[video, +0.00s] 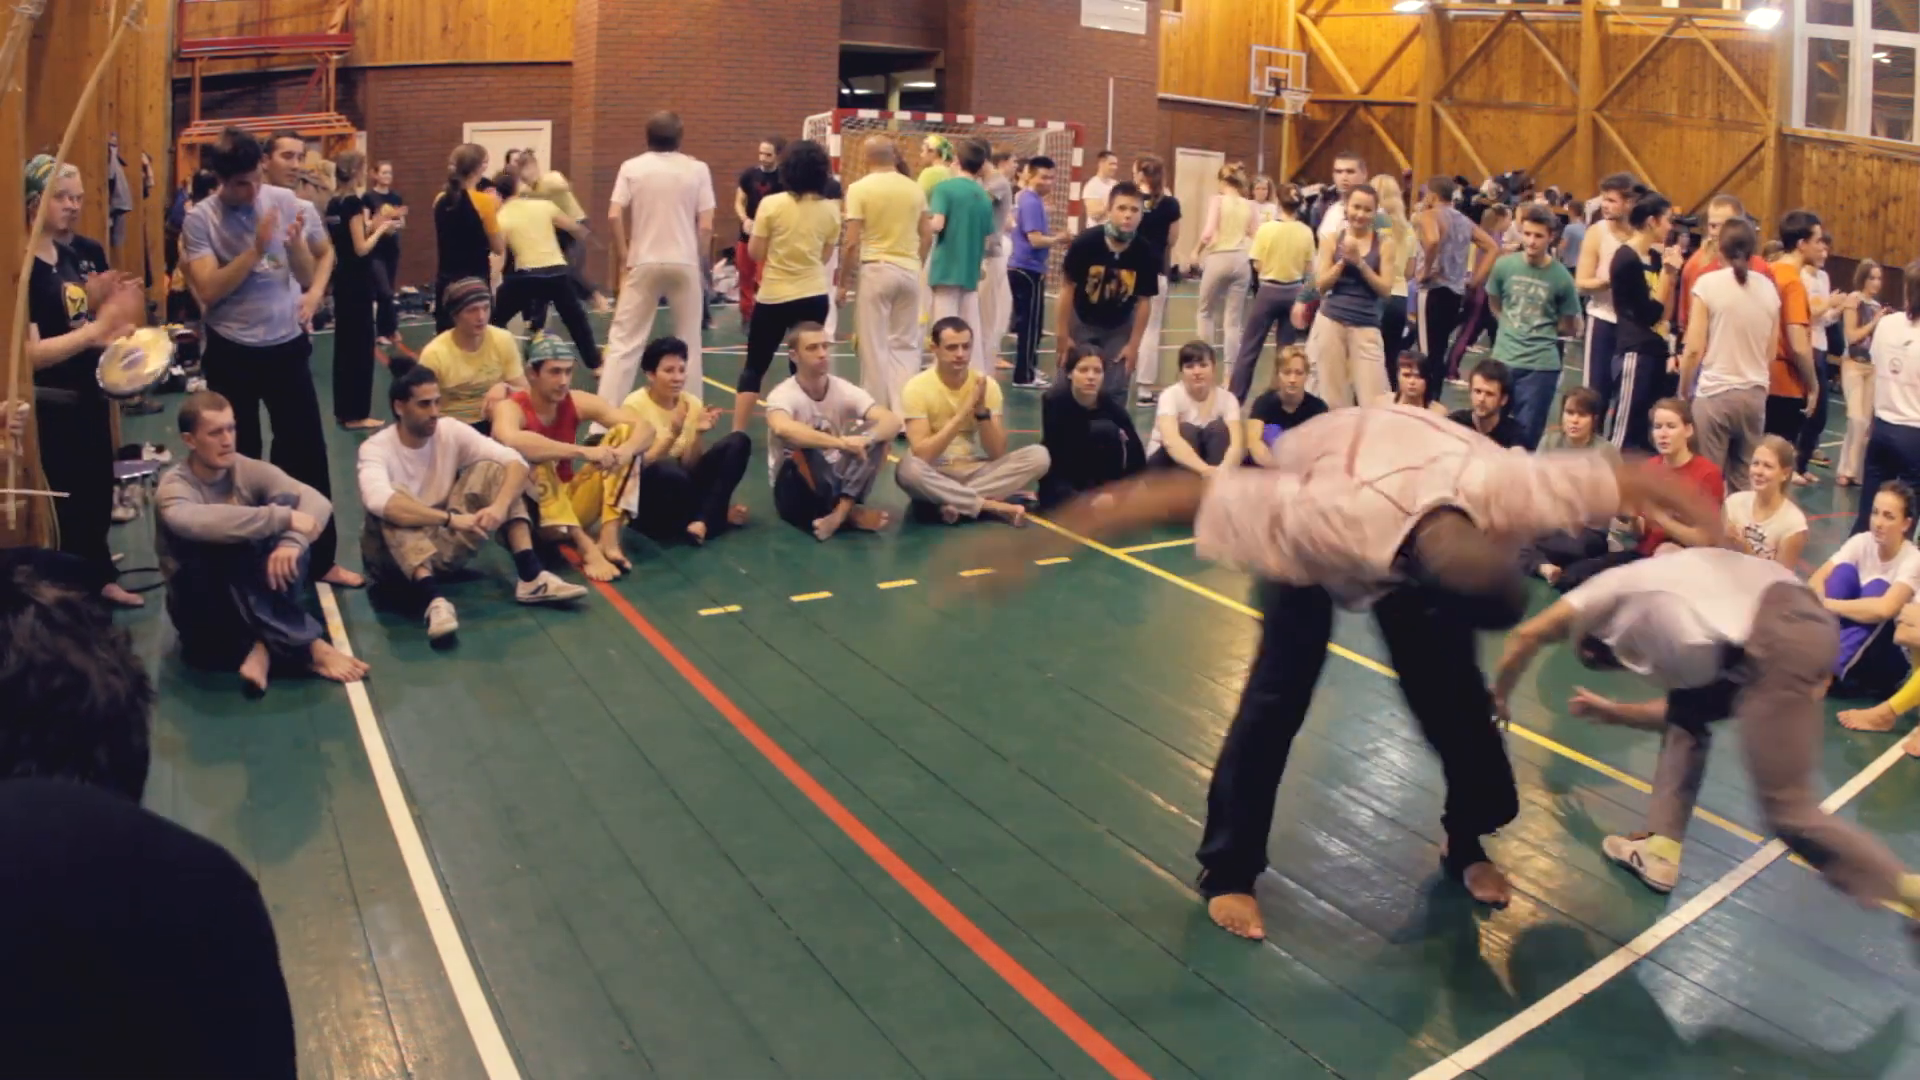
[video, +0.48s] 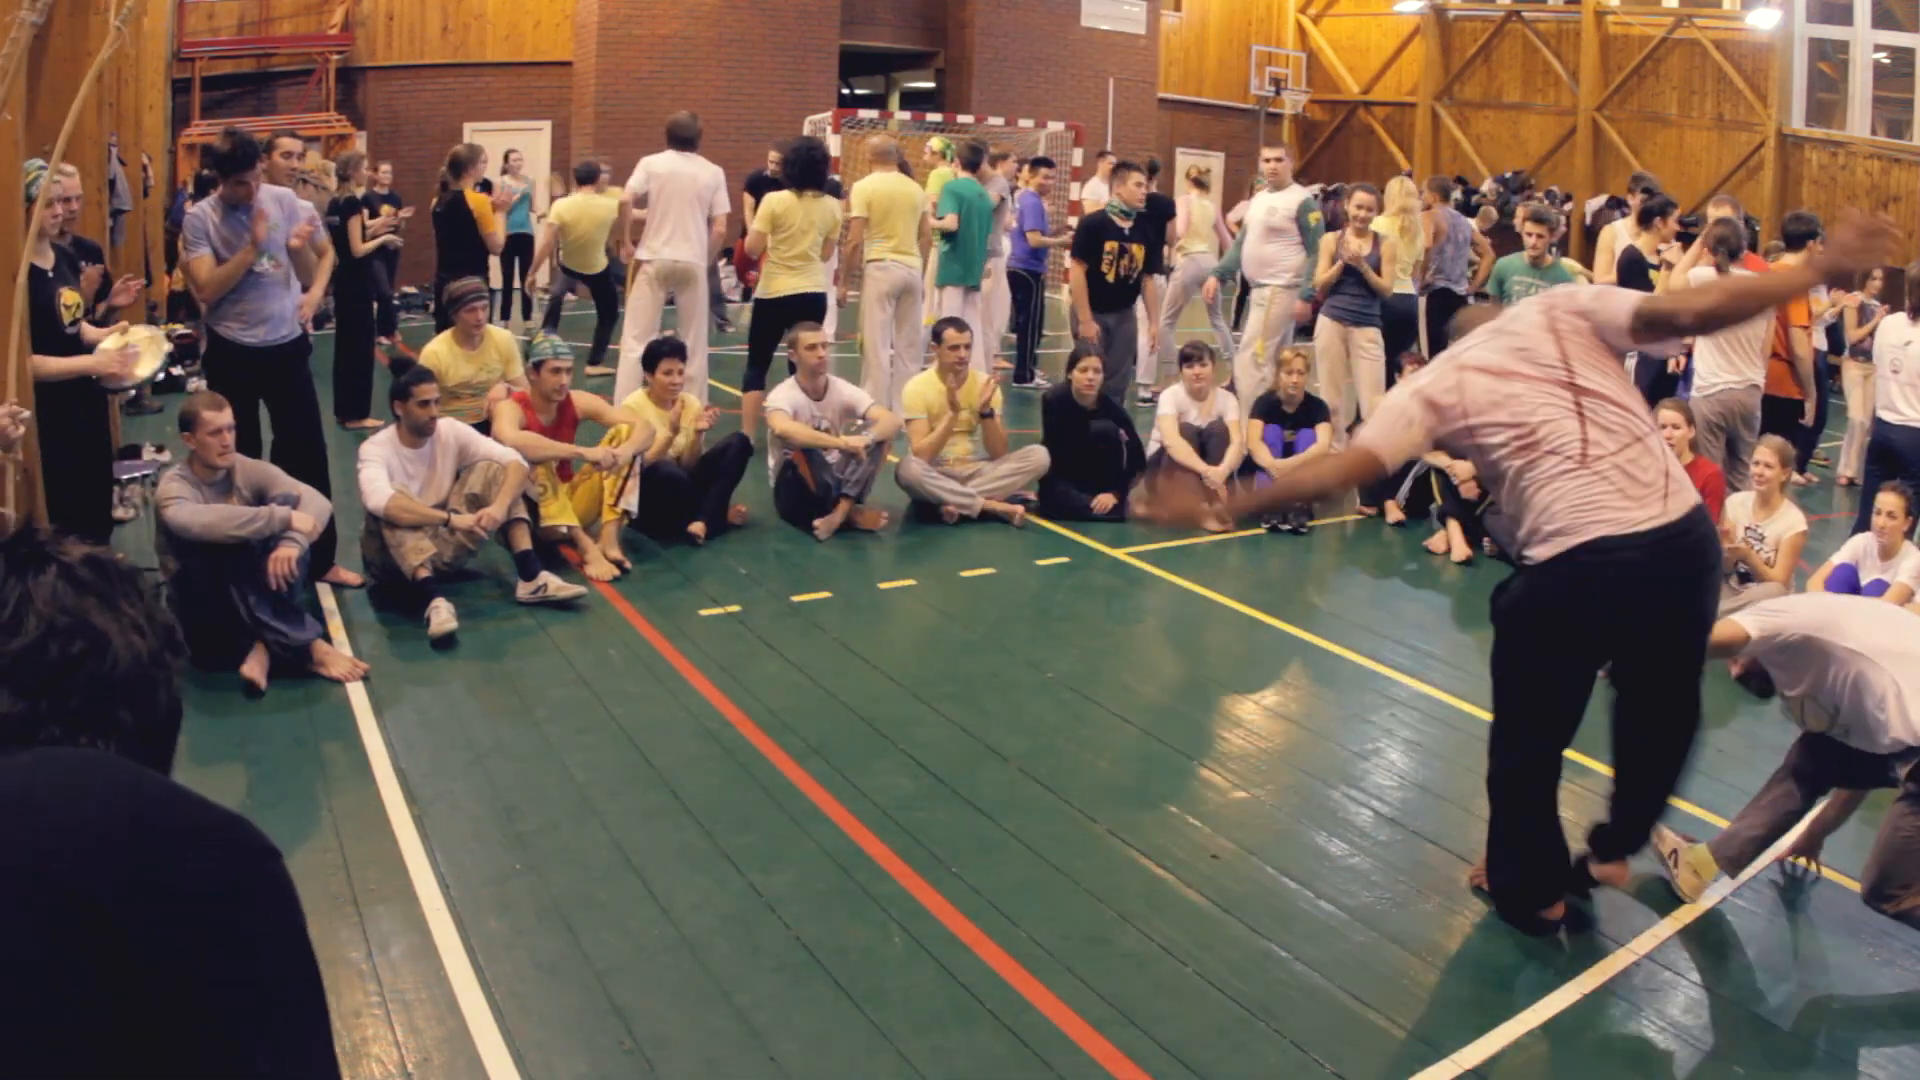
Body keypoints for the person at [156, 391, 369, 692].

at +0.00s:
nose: (228, 440)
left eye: (230, 429)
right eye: (215, 433)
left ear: (236, 429)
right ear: (189, 440)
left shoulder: (247, 469)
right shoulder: (175, 486)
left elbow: (316, 501)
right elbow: (190, 523)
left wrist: (292, 543)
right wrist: (283, 517)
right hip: (210, 615)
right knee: (212, 547)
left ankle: (263, 645)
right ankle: (310, 645)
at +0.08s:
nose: (228, 440)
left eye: (230, 429)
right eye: (215, 434)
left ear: (236, 429)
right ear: (189, 440)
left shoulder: (247, 469)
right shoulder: (175, 486)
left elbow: (316, 501)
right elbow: (190, 523)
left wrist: (292, 543)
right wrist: (283, 517)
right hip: (210, 615)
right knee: (212, 547)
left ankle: (263, 645)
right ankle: (310, 645)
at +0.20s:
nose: (228, 440)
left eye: (230, 430)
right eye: (215, 434)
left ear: (236, 429)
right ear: (189, 440)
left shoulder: (247, 469)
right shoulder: (174, 486)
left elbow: (316, 501)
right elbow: (190, 523)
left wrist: (292, 543)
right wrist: (283, 517)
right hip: (210, 614)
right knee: (211, 548)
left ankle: (263, 645)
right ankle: (310, 645)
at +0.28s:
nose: (228, 441)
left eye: (231, 430)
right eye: (215, 434)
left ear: (237, 429)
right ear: (189, 440)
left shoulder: (247, 469)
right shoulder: (174, 487)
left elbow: (317, 501)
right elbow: (192, 523)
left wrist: (292, 543)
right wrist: (283, 517)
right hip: (210, 614)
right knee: (211, 548)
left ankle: (263, 645)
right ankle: (309, 645)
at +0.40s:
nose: (227, 441)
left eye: (230, 430)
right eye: (215, 434)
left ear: (236, 429)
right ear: (189, 440)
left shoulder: (248, 469)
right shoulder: (174, 487)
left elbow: (317, 502)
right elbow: (191, 523)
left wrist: (292, 543)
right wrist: (283, 517)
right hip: (211, 617)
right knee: (211, 547)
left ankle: (263, 645)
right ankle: (309, 645)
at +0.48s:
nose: (227, 441)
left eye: (230, 430)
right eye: (215, 434)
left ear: (236, 429)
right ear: (189, 440)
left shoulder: (248, 469)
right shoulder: (174, 487)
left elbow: (316, 502)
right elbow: (191, 523)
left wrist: (292, 543)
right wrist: (283, 517)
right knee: (213, 547)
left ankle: (263, 645)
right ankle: (310, 646)